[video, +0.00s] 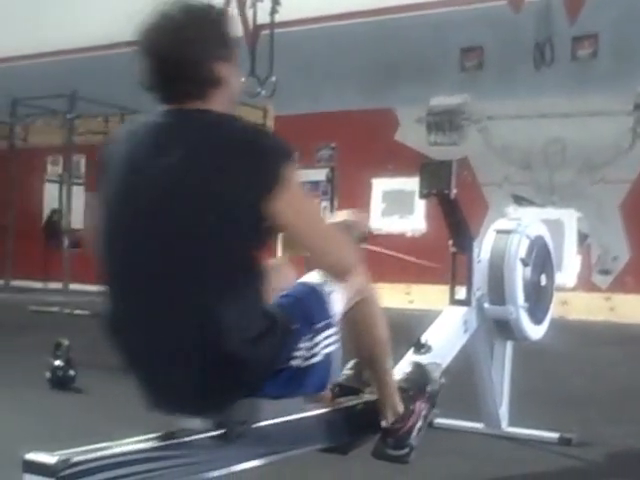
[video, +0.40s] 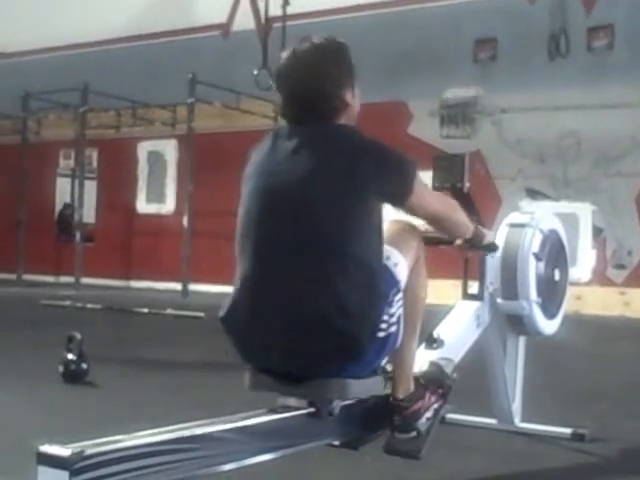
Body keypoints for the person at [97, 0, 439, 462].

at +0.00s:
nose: (241, 72)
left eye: (236, 58)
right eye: (235, 58)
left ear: (162, 73)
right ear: (217, 68)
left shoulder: (126, 145)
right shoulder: (250, 148)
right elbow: (342, 262)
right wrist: (345, 228)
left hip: (155, 376)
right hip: (228, 375)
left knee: (278, 273)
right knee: (353, 281)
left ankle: (321, 405)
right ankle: (394, 413)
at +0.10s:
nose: (281, 83)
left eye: (277, 71)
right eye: (276, 71)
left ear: (203, 82)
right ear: (261, 78)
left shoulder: (173, 150)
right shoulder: (292, 151)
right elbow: (386, 247)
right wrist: (397, 225)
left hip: (187, 366)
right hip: (263, 368)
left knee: (298, 260)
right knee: (372, 258)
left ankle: (343, 378)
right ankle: (399, 410)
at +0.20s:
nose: (314, 83)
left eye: (310, 72)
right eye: (310, 73)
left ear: (242, 86)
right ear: (298, 83)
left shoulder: (214, 150)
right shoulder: (327, 153)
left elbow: (192, 254)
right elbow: (417, 236)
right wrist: (439, 227)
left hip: (221, 362)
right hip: (299, 363)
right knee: (389, 247)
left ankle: (360, 373)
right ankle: (401, 406)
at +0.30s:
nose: (342, 91)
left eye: (338, 80)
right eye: (337, 81)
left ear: (271, 93)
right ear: (325, 92)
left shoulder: (244, 153)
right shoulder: (347, 153)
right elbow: (436, 221)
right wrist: (455, 235)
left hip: (247, 353)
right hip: (324, 353)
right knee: (399, 237)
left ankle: (308, 395)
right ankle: (404, 400)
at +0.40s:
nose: (358, 96)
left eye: (355, 85)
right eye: (355, 86)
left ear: (286, 99)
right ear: (346, 97)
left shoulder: (263, 153)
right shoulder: (361, 153)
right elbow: (442, 211)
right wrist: (470, 232)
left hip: (260, 349)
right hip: (339, 352)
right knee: (406, 233)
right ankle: (404, 393)